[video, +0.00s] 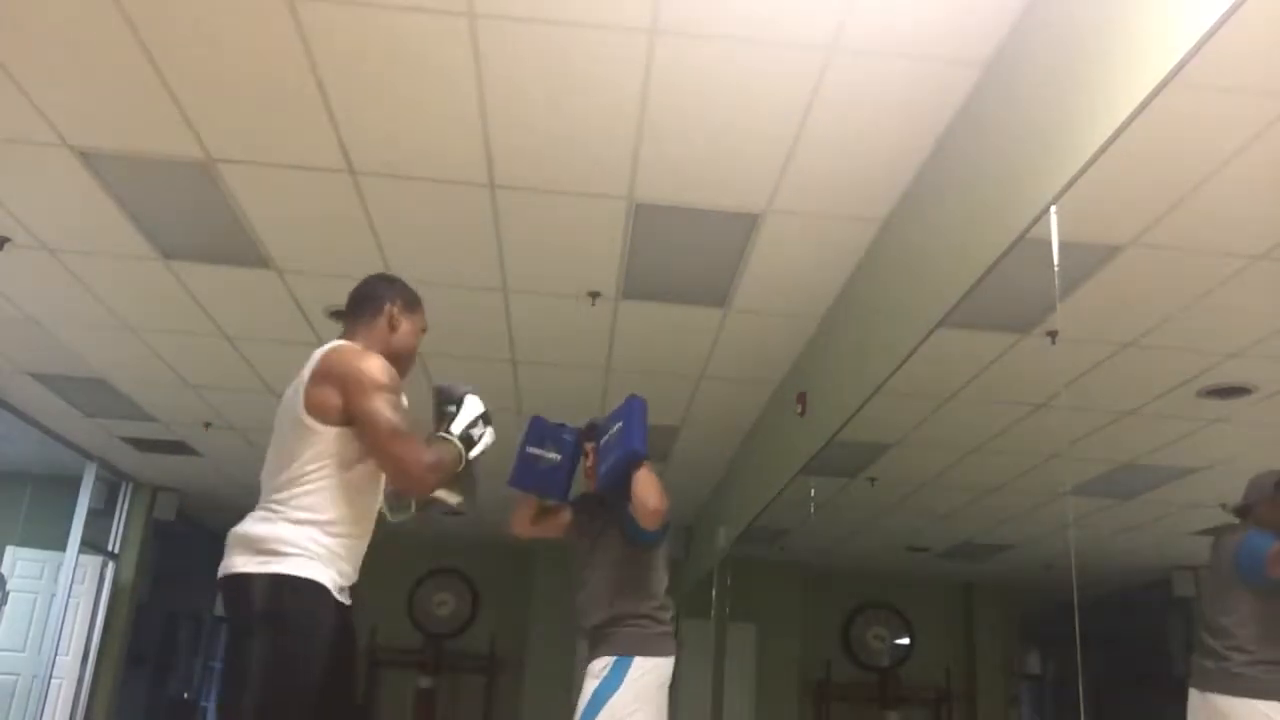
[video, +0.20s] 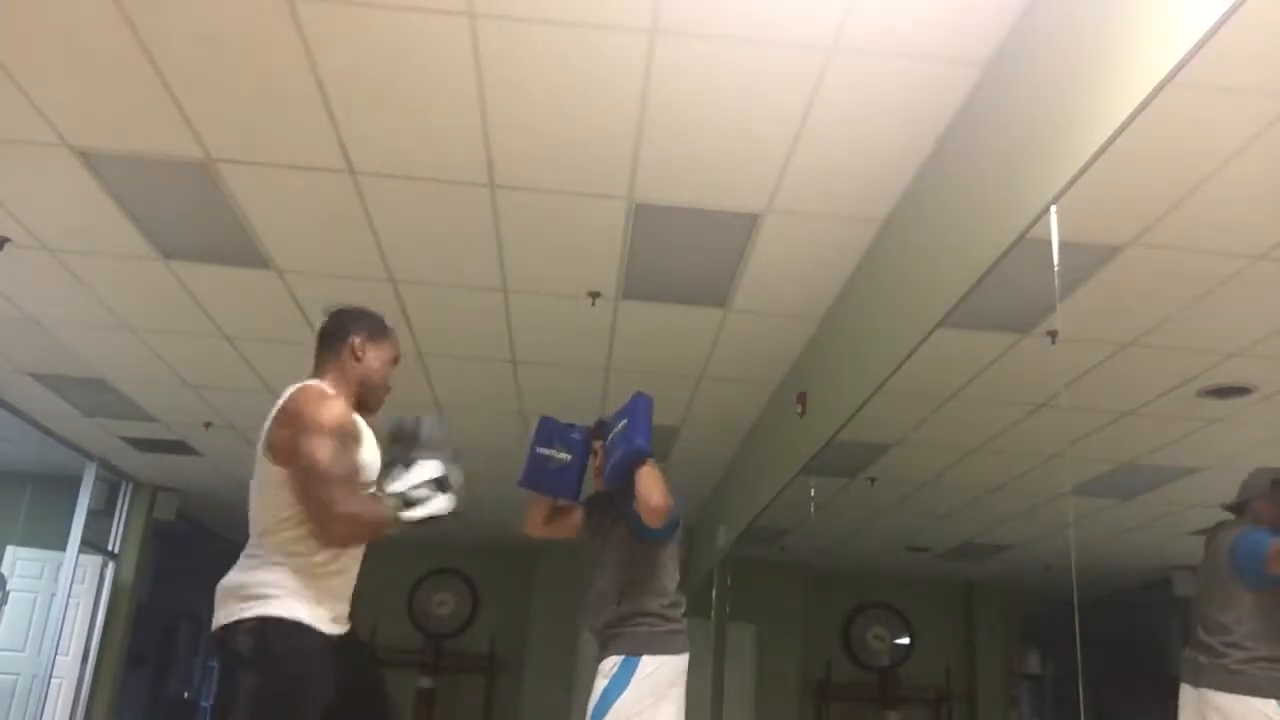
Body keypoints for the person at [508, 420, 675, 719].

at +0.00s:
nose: (588, 463)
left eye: (596, 453)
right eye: (585, 455)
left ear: (615, 455)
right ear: (581, 459)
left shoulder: (637, 502)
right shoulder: (589, 509)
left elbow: (653, 507)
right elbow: (523, 525)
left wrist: (633, 453)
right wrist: (541, 466)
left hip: (635, 649)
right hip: (608, 647)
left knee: (596, 712)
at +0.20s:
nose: (596, 463)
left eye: (604, 452)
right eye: (593, 454)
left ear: (622, 455)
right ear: (589, 459)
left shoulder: (645, 502)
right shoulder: (600, 509)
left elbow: (656, 505)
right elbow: (537, 525)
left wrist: (636, 451)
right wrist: (557, 462)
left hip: (645, 650)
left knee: (605, 712)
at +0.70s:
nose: (654, 478)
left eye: (664, 469)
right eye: (651, 470)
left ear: (692, 476)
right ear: (646, 475)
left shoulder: (708, 518)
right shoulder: (661, 526)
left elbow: (737, 582)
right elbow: (603, 560)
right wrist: (601, 497)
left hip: (696, 667)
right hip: (671, 664)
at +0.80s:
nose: (661, 474)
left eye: (671, 466)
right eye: (658, 467)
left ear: (699, 472)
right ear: (654, 472)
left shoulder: (714, 514)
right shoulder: (668, 524)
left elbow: (742, 577)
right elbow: (611, 557)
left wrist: (676, 602)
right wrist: (611, 497)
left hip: (704, 659)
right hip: (675, 656)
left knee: (668, 713)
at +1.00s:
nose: (666, 469)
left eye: (676, 461)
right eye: (664, 463)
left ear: (704, 469)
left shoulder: (718, 510)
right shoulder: (676, 520)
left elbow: (740, 578)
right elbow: (617, 554)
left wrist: (683, 633)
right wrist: (618, 490)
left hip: (709, 660)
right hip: (679, 659)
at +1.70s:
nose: (692, 464)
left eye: (701, 455)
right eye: (692, 456)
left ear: (733, 460)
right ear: (732, 462)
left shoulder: (739, 499)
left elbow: (745, 574)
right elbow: (671, 549)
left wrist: (690, 628)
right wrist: (666, 483)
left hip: (745, 658)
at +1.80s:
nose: (703, 466)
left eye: (712, 456)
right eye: (704, 457)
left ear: (744, 458)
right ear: (744, 460)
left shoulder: (753, 498)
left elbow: (764, 564)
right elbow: (691, 552)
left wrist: (703, 590)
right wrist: (684, 489)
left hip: (757, 658)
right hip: (792, 658)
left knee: (704, 712)